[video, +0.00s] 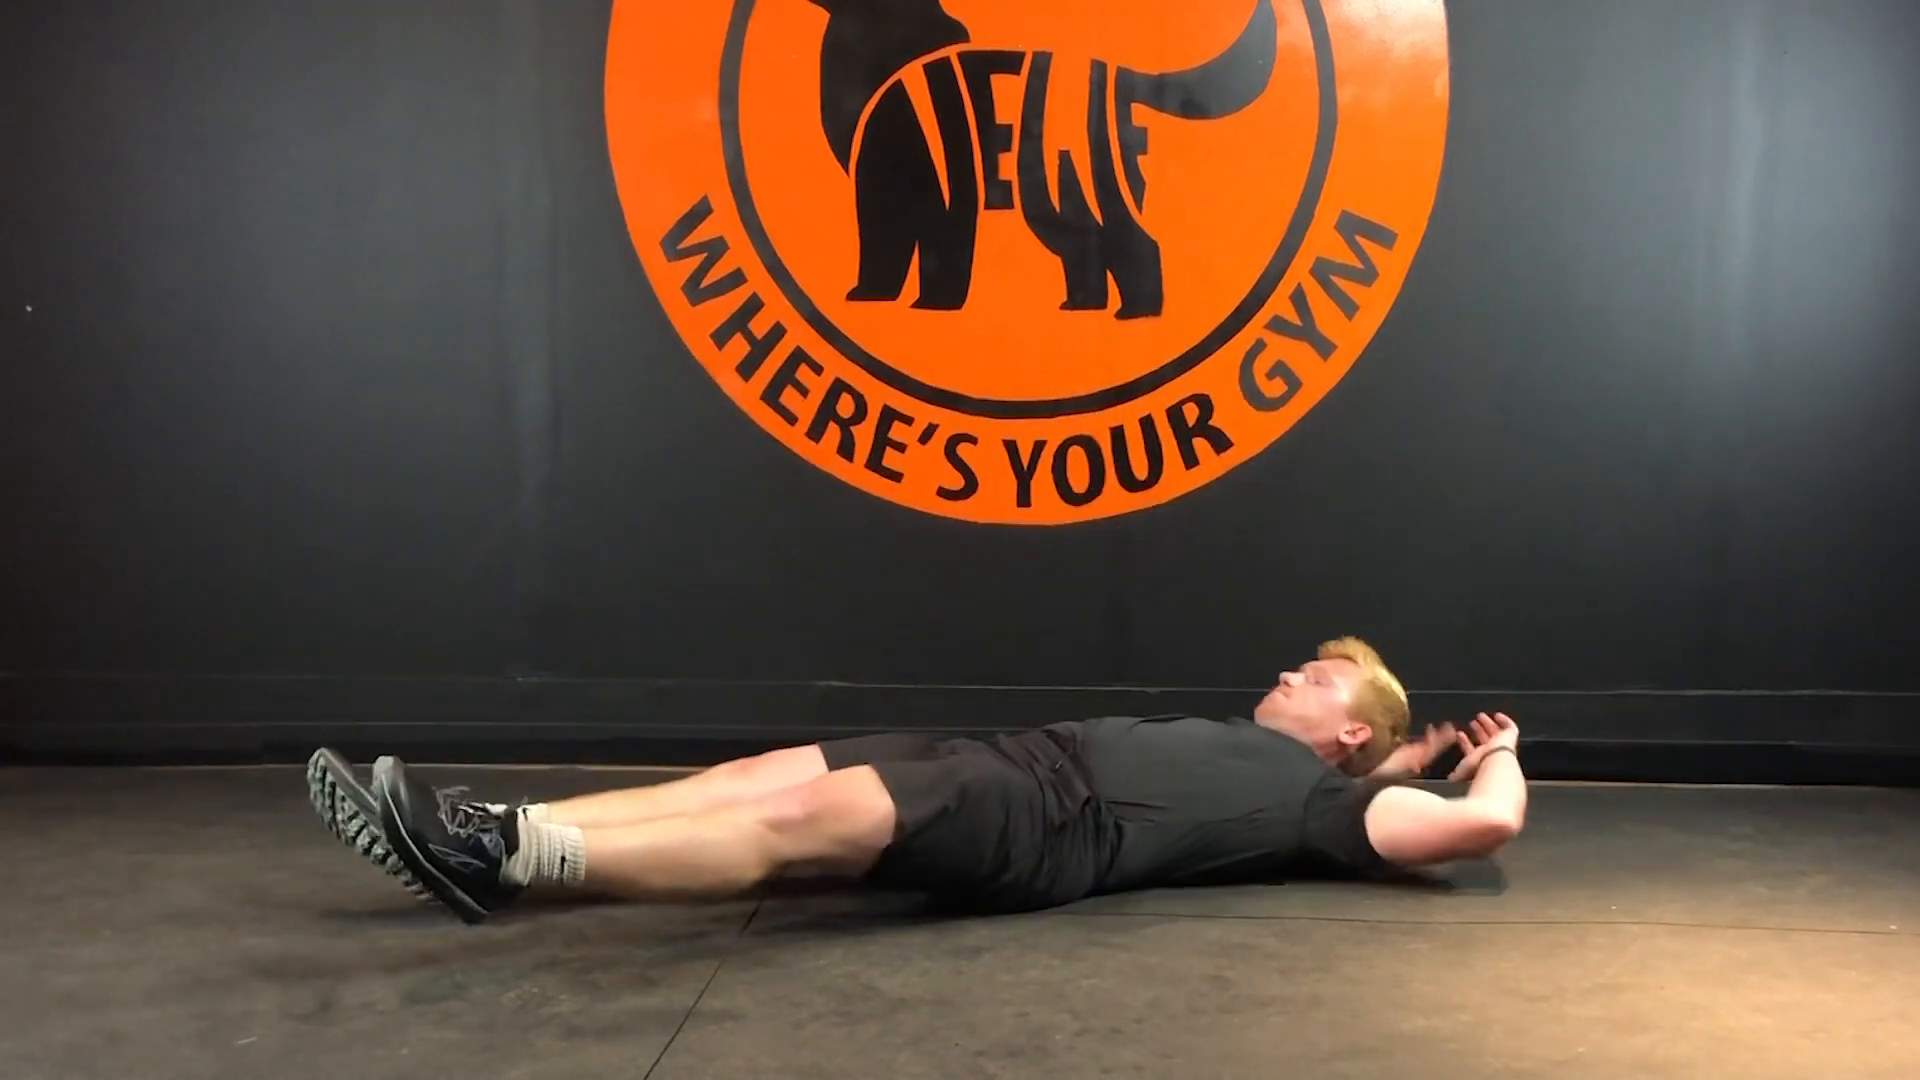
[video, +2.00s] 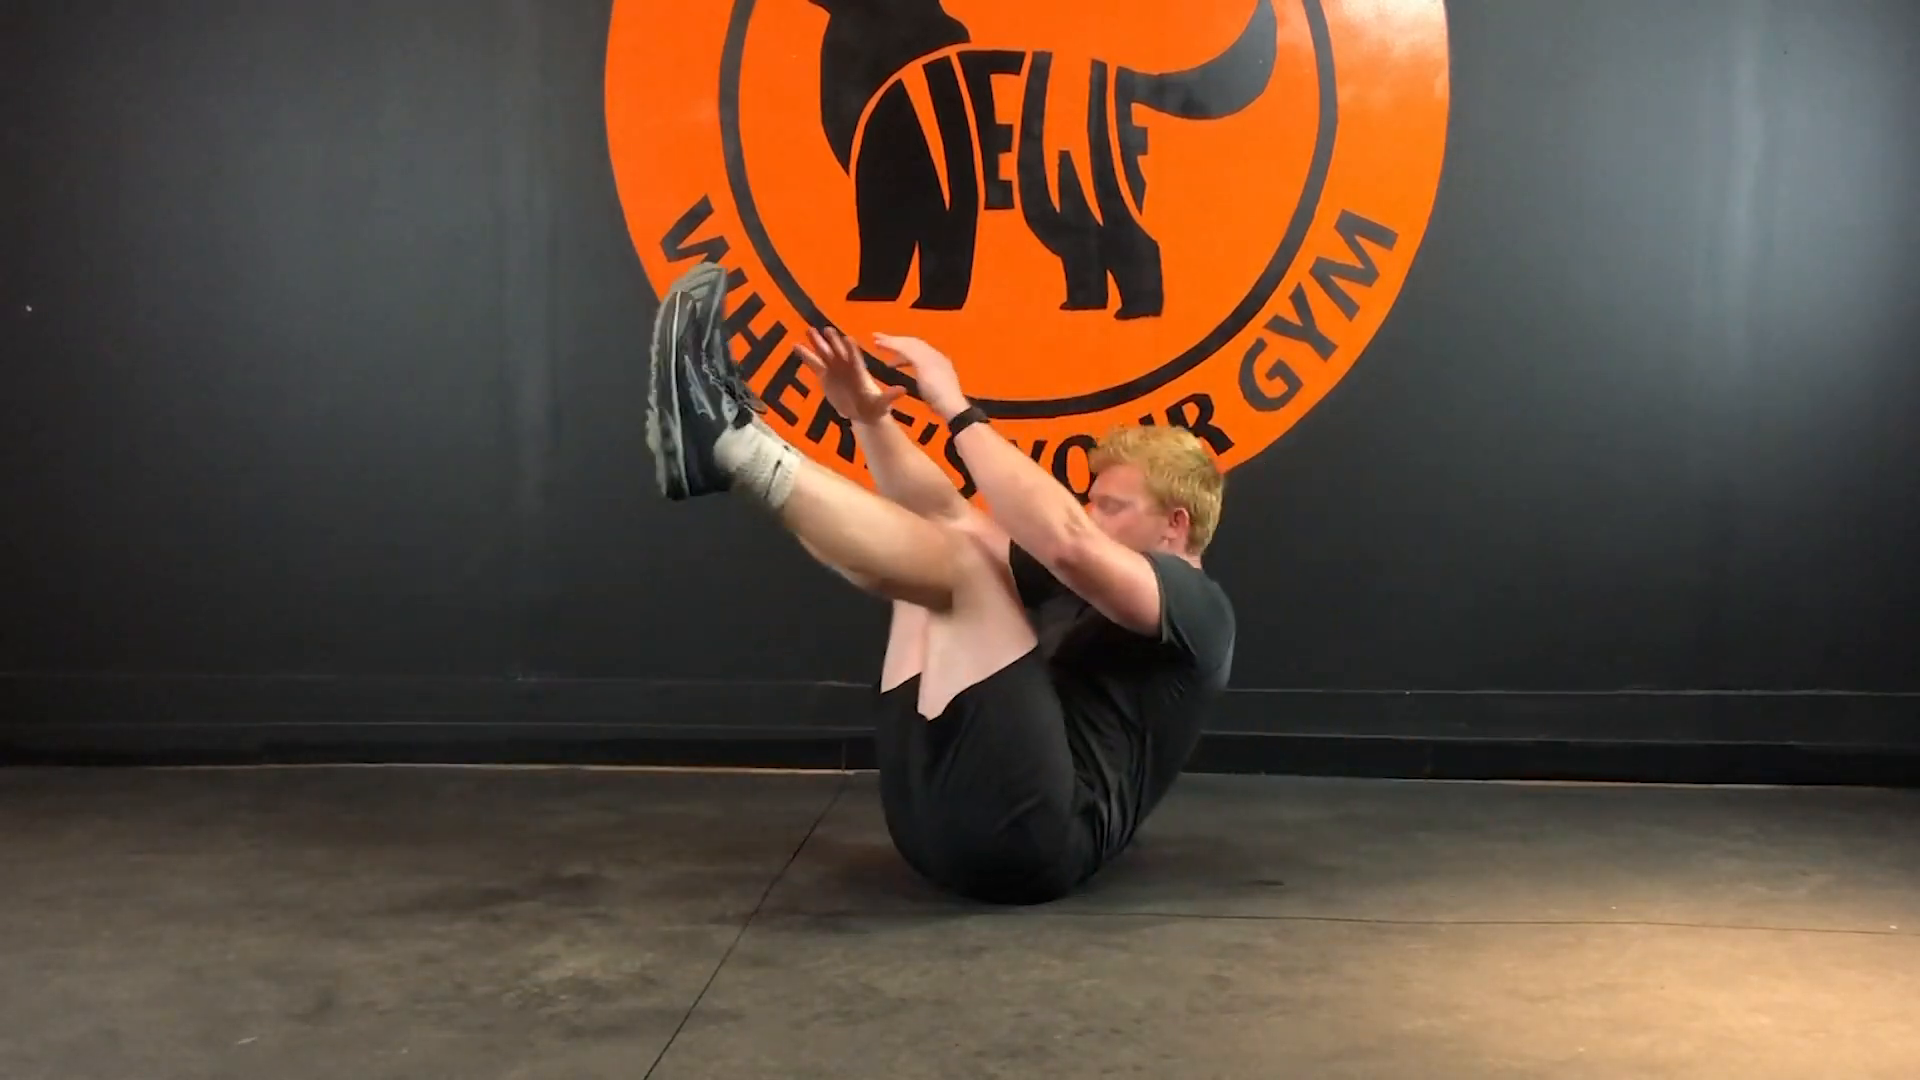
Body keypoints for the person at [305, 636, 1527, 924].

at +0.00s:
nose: (1293, 675)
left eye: (1321, 679)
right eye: (1300, 665)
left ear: (1359, 728)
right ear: (1290, 690)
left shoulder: (1330, 793)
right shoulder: (1214, 737)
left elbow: (1482, 830)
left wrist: (1488, 771)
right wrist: (1426, 754)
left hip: (1049, 800)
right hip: (975, 745)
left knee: (812, 803)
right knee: (759, 775)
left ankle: (501, 848)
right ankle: (492, 857)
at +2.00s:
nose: (1089, 518)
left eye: (1113, 509)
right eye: (1092, 504)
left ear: (1178, 530)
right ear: (1092, 507)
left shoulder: (1200, 610)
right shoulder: (1067, 584)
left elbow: (1067, 542)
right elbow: (951, 516)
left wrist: (956, 411)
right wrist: (870, 419)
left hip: (1032, 832)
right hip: (945, 823)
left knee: (968, 562)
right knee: (937, 553)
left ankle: (735, 444)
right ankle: (723, 445)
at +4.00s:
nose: (1296, 659)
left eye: (1322, 668)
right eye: (1301, 653)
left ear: (1351, 716)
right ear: (1275, 679)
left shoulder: (1314, 778)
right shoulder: (1209, 736)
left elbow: (1453, 741)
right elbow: (1230, 686)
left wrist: (1500, 686)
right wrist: (1325, 644)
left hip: (1060, 811)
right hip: (995, 768)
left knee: (828, 784)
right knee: (773, 768)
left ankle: (512, 816)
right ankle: (512, 824)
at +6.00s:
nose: (1128, 540)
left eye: (1150, 526)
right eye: (1129, 523)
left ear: (1215, 545)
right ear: (1131, 529)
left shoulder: (1226, 630)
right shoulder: (1119, 601)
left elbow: (1099, 588)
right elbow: (970, 540)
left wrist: (972, 478)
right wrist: (878, 435)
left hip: (1030, 829)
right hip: (953, 828)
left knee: (923, 584)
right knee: (876, 586)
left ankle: (655, 506)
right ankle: (630, 514)